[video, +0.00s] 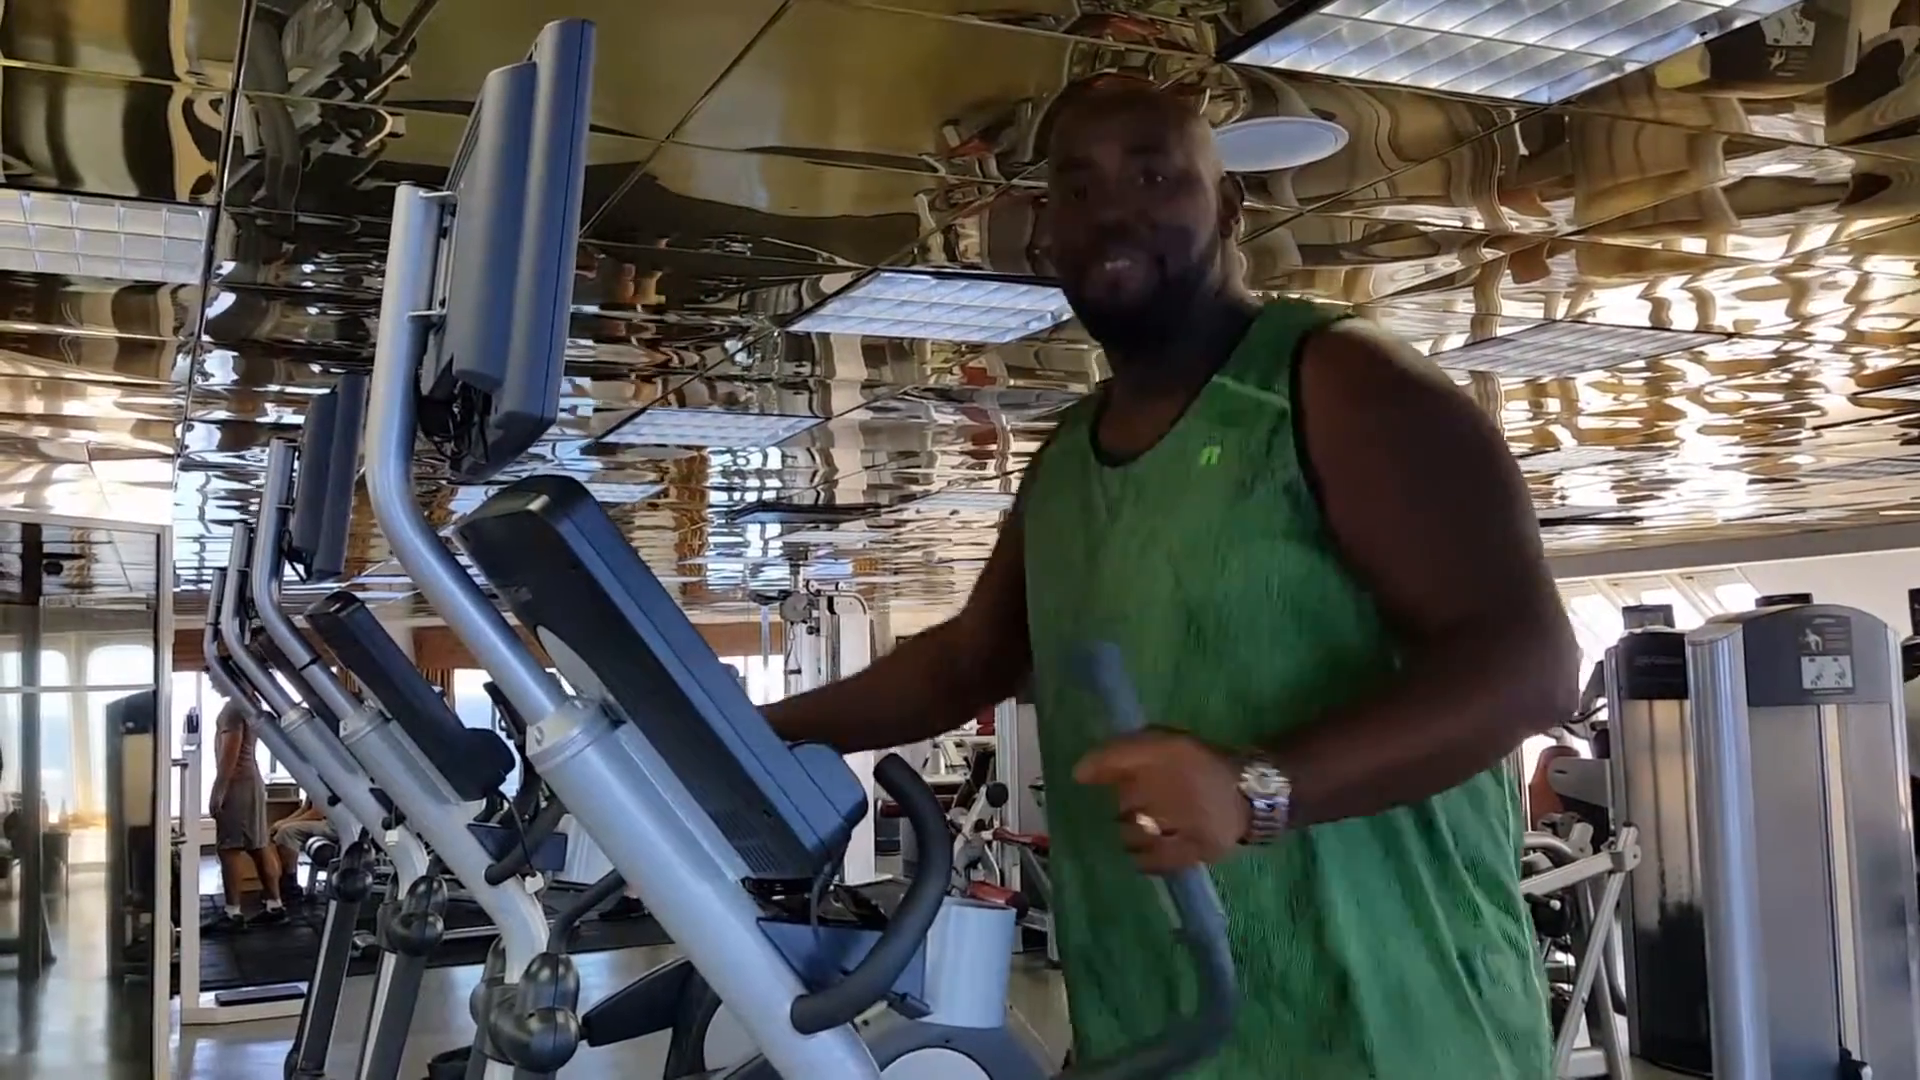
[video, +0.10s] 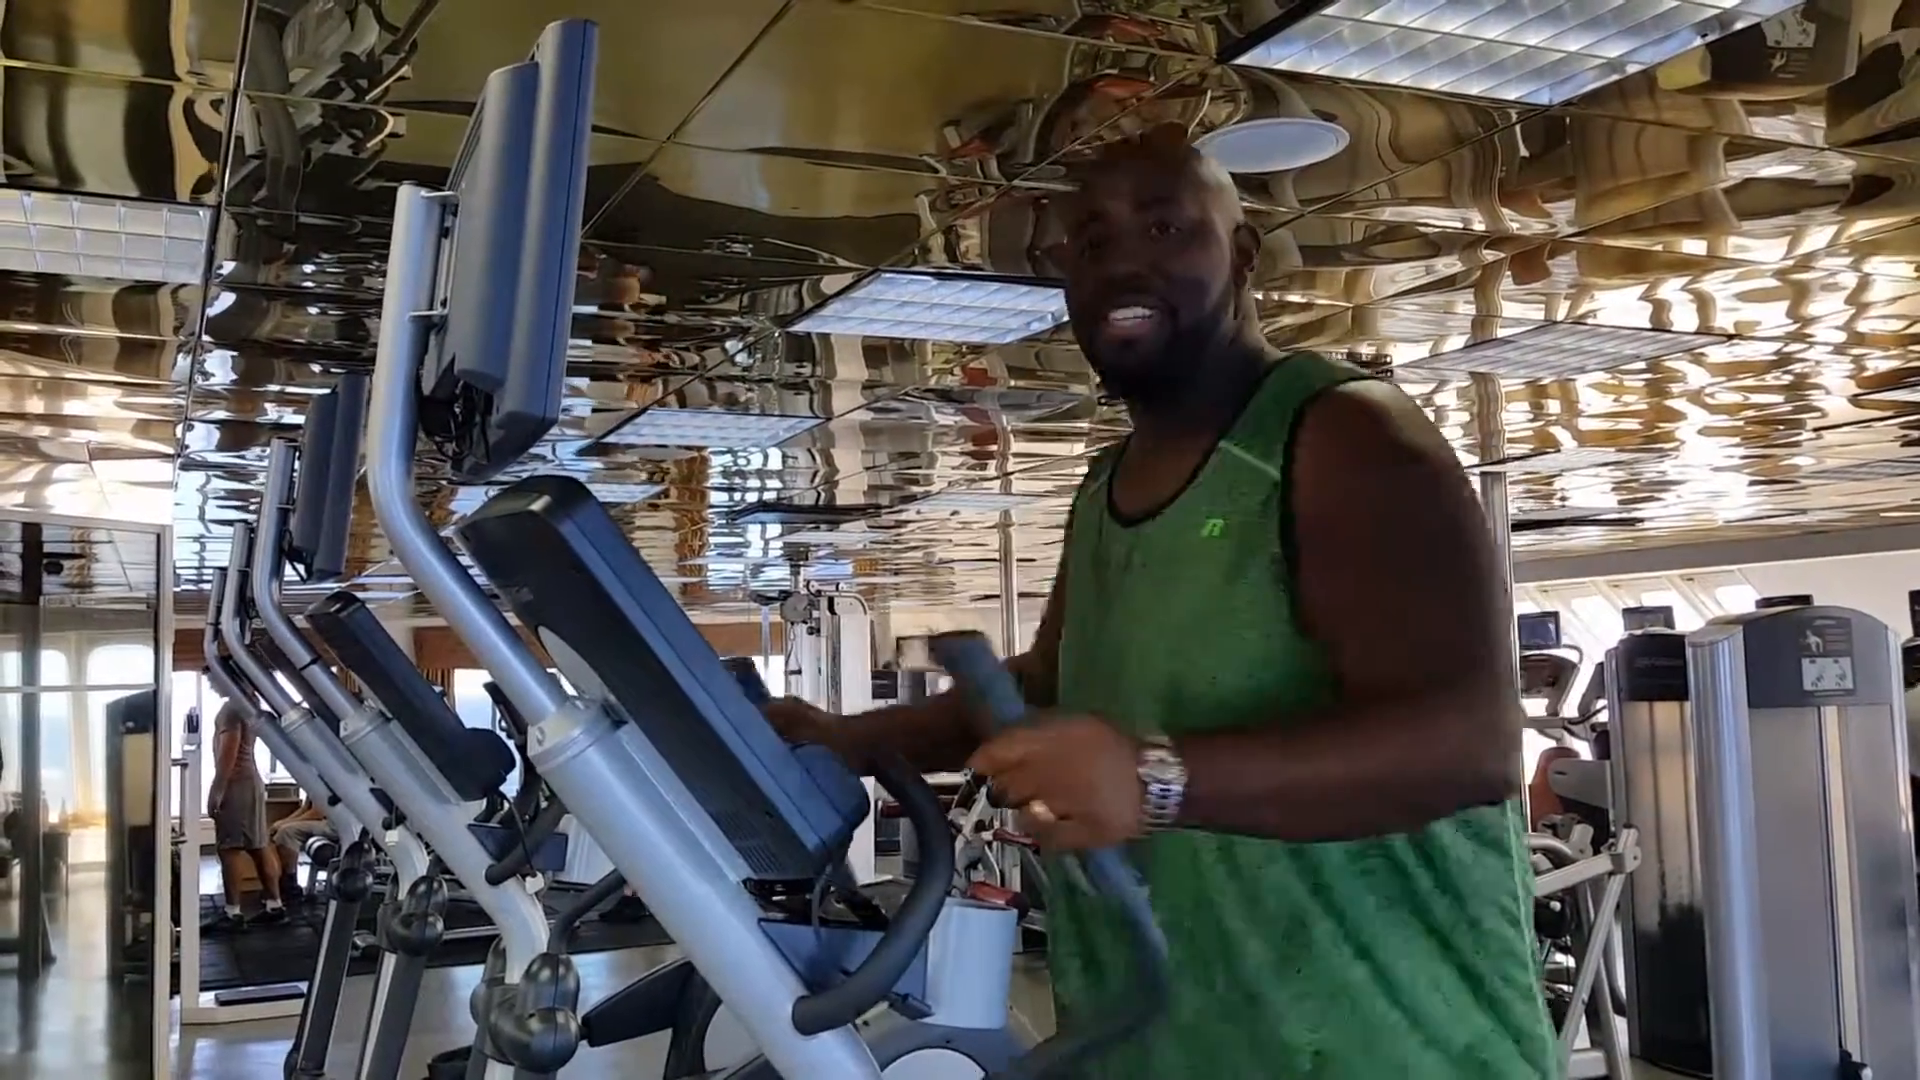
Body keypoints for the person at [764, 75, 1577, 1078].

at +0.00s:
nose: (1110, 206)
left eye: (1153, 174)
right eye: (1075, 184)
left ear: (1228, 211)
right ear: (1045, 232)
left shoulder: (1351, 386)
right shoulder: (1064, 463)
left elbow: (1528, 662)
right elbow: (969, 659)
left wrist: (1262, 791)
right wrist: (755, 733)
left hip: (1393, 1024)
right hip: (1142, 1028)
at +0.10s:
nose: (1122, 256)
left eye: (1167, 225)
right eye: (1090, 236)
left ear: (1239, 260)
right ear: (1062, 275)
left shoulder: (1359, 442)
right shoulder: (1106, 492)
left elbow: (1469, 738)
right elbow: (1047, 691)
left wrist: (1160, 777)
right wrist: (846, 741)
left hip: (1384, 1044)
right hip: (1144, 1041)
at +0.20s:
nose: (1119, 271)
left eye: (1164, 233)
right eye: (1086, 245)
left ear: (1240, 264)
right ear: (1058, 281)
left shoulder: (1348, 432)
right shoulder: (1129, 472)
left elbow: (1388, 731)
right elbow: (1165, 704)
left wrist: (1070, 768)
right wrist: (964, 741)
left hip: (1357, 1027)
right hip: (1156, 1021)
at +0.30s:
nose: (1087, 232)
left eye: (1133, 197)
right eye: (1060, 204)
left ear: (1212, 228)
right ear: (1035, 235)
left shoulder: (1320, 392)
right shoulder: (1113, 436)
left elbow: (1317, 675)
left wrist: (1015, 766)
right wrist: (1048, 706)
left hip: (1347, 1002)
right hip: (1161, 992)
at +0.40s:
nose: (1068, 193)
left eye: (1116, 165)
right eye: (1040, 172)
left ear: (1193, 203)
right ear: (1015, 212)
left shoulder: (1300, 359)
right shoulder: (1090, 422)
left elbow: (1289, 630)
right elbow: (1135, 663)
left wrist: (1003, 763)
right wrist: (1004, 735)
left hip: (1336, 993)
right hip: (1146, 981)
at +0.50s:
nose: (1067, 208)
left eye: (1112, 177)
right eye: (1037, 183)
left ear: (1191, 220)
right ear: (1009, 219)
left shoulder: (1295, 377)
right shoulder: (1067, 431)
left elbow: (1318, 648)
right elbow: (1066, 662)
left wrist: (1041, 758)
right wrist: (959, 759)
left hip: (1318, 998)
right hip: (1136, 987)